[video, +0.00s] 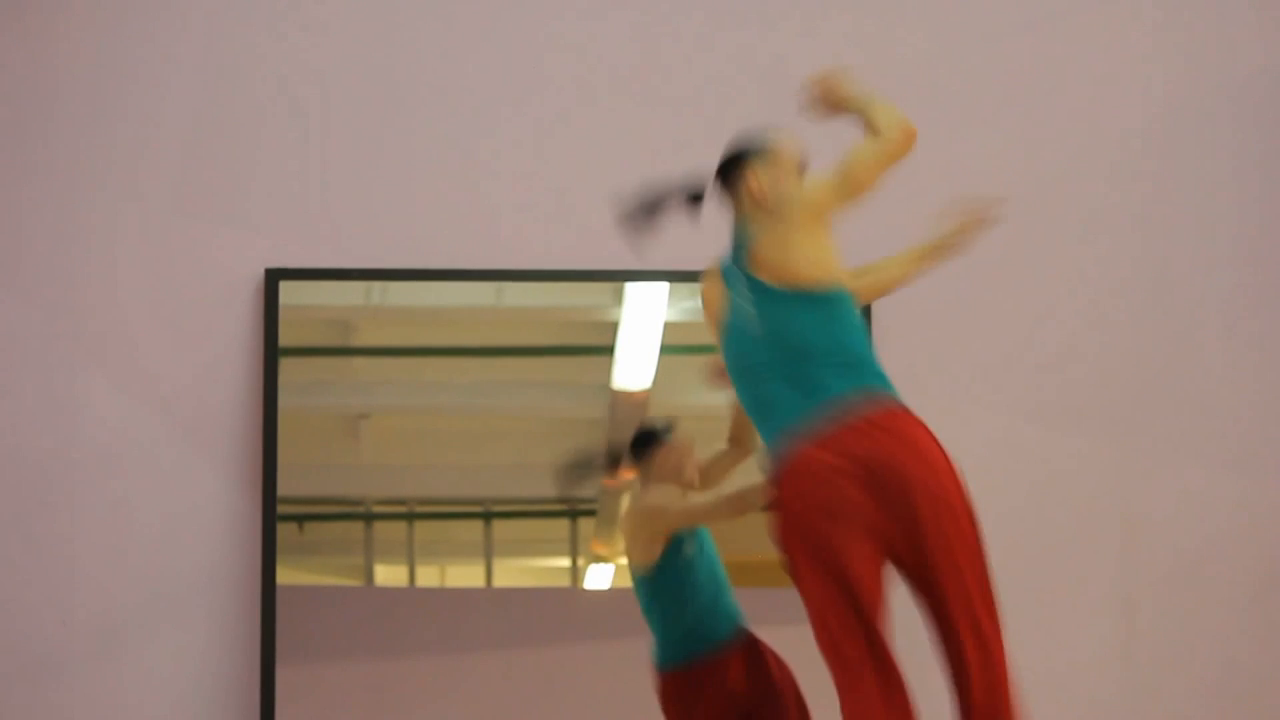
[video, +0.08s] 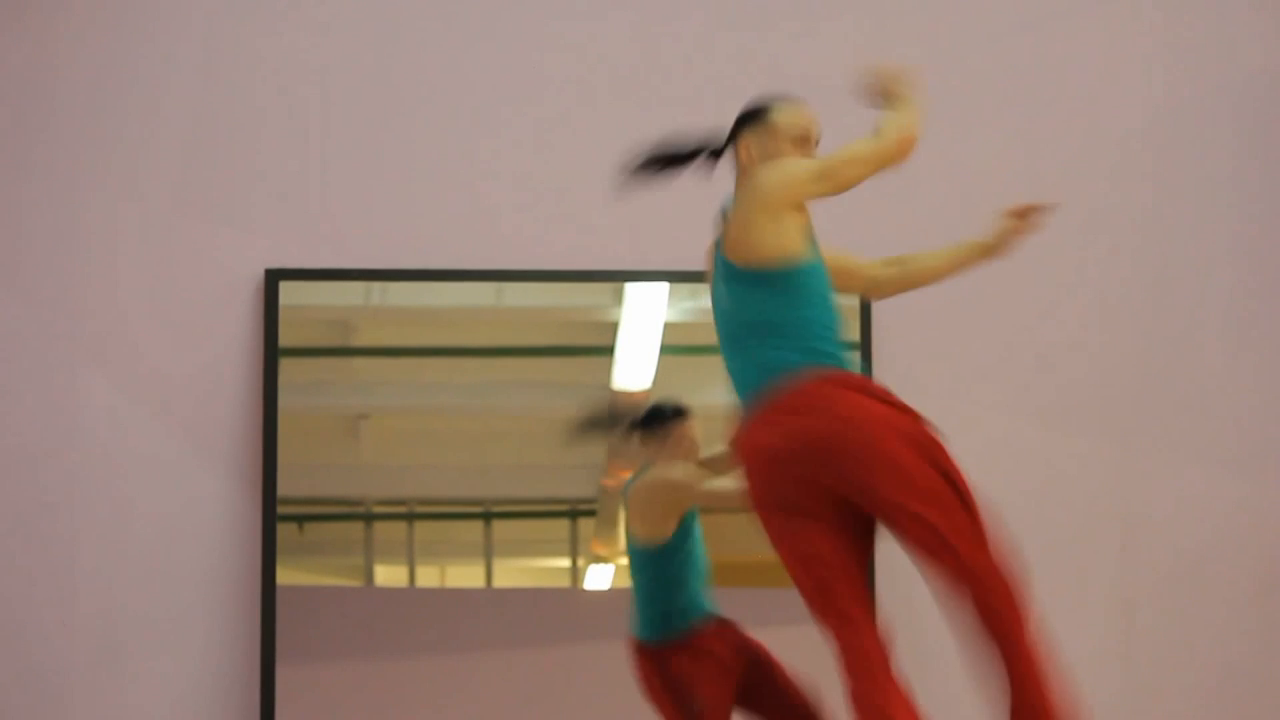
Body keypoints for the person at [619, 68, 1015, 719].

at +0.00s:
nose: (805, 184)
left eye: (801, 172)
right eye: (793, 172)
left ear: (744, 191)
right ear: (749, 184)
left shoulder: (717, 290)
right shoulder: (794, 211)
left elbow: (844, 290)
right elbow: (896, 135)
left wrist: (941, 244)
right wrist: (852, 96)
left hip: (807, 478)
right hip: (885, 441)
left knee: (859, 669)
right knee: (973, 634)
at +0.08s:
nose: (812, 153)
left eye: (812, 142)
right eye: (798, 139)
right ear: (746, 146)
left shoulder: (736, 248)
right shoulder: (767, 189)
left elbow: (877, 278)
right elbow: (890, 147)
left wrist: (989, 245)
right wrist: (903, 100)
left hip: (768, 444)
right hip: (828, 412)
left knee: (853, 631)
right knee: (978, 571)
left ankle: (891, 718)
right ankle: (1037, 708)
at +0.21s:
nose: (812, 153)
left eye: (812, 142)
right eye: (798, 139)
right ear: (746, 146)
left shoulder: (736, 247)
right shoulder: (767, 188)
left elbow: (877, 278)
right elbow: (890, 147)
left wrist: (988, 245)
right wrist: (903, 100)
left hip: (767, 444)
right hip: (827, 412)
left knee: (853, 631)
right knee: (979, 571)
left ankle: (891, 718)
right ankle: (1037, 708)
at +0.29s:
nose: (812, 143)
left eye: (820, 133)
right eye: (795, 129)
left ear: (827, 140)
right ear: (751, 133)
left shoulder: (799, 232)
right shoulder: (755, 177)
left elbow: (901, 272)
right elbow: (889, 175)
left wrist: (1019, 254)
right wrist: (945, 131)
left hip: (741, 435)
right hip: (770, 395)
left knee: (859, 585)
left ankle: (902, 713)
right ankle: (1042, 638)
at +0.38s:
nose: (812, 143)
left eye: (820, 133)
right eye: (795, 129)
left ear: (828, 141)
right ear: (750, 133)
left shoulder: (800, 232)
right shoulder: (755, 177)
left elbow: (901, 272)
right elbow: (888, 175)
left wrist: (1018, 254)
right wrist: (945, 131)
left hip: (741, 434)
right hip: (770, 395)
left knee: (858, 583)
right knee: (969, 456)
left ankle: (902, 713)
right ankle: (1042, 639)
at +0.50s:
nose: (812, 143)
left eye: (826, 131)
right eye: (796, 127)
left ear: (837, 138)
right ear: (761, 131)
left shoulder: (813, 219)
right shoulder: (756, 180)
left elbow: (922, 270)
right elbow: (881, 210)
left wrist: (1038, 273)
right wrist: (968, 192)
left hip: (735, 438)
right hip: (730, 386)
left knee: (892, 518)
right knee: (930, 348)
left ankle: (900, 669)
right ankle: (1015, 523)